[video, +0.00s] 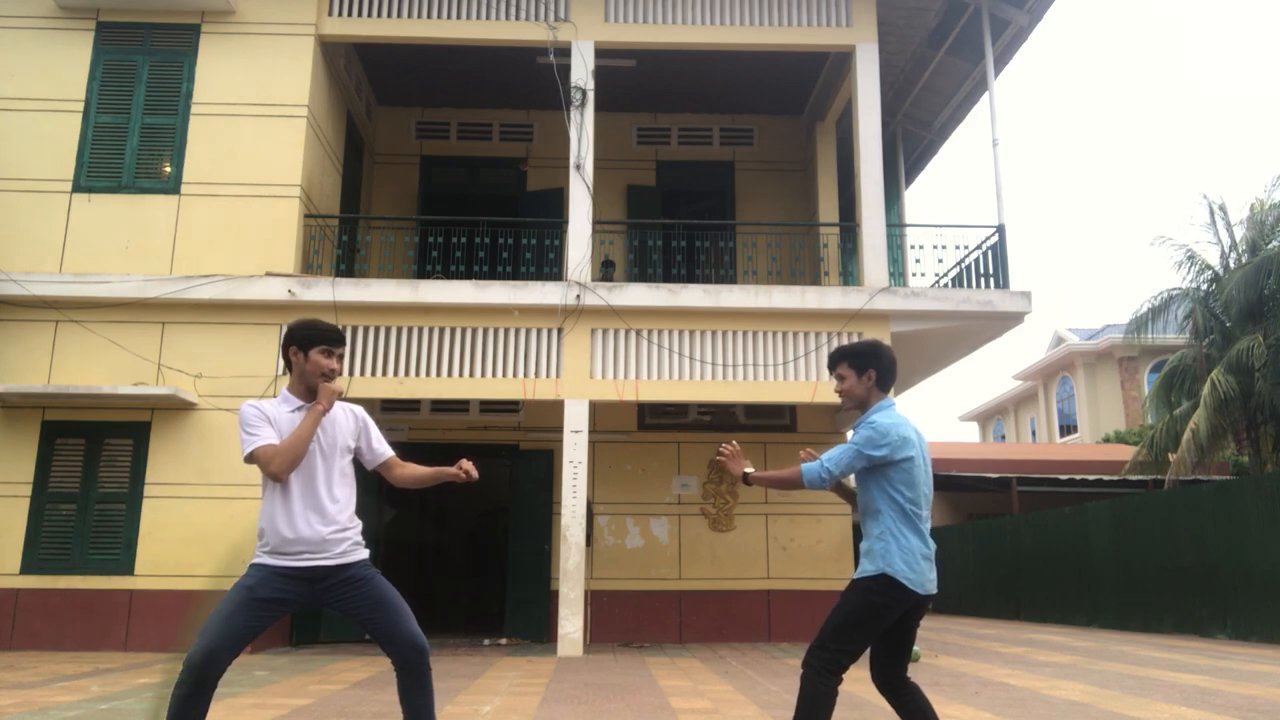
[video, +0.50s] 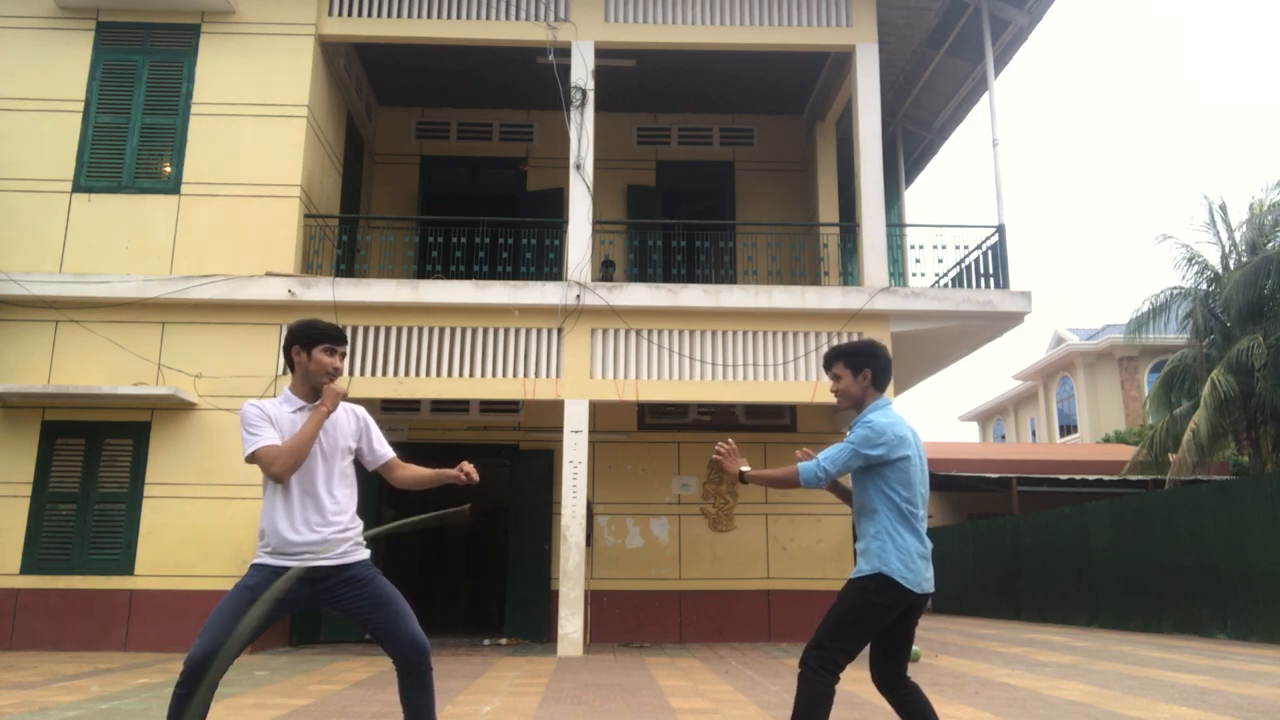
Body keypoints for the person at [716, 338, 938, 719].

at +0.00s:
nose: (836, 387)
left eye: (842, 378)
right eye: (835, 379)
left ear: (870, 378)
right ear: (869, 380)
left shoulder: (881, 427)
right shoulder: (902, 429)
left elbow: (817, 473)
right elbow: (875, 508)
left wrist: (747, 475)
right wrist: (830, 479)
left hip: (888, 573)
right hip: (915, 575)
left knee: (821, 666)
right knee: (890, 677)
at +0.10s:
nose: (835, 387)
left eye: (841, 378)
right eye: (834, 379)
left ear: (868, 378)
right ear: (869, 380)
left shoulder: (880, 427)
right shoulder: (902, 429)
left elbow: (816, 473)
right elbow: (874, 507)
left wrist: (747, 474)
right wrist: (829, 478)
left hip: (887, 573)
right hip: (915, 576)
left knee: (820, 666)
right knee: (890, 676)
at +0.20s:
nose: (834, 388)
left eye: (839, 378)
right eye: (833, 380)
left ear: (867, 378)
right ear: (867, 380)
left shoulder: (879, 427)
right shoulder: (900, 428)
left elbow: (815, 473)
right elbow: (873, 508)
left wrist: (746, 474)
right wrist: (829, 479)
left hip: (886, 573)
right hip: (914, 576)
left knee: (819, 665)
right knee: (890, 677)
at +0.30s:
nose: (833, 388)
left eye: (838, 378)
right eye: (832, 380)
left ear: (866, 378)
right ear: (866, 380)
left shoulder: (878, 427)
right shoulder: (899, 428)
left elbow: (814, 474)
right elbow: (873, 508)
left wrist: (745, 474)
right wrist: (828, 479)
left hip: (886, 573)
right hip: (913, 575)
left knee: (819, 665)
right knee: (889, 677)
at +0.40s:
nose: (832, 388)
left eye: (838, 378)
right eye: (831, 380)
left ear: (866, 378)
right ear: (866, 380)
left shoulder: (877, 427)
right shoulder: (899, 428)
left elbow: (814, 473)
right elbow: (872, 508)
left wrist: (745, 474)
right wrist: (828, 479)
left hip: (885, 573)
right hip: (913, 575)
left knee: (818, 665)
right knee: (889, 677)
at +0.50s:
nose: (832, 387)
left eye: (837, 378)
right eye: (831, 379)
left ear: (865, 377)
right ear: (865, 379)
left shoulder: (877, 426)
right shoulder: (897, 427)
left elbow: (814, 472)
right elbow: (871, 506)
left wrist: (745, 473)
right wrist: (826, 478)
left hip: (885, 572)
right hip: (912, 575)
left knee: (818, 665)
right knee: (890, 676)